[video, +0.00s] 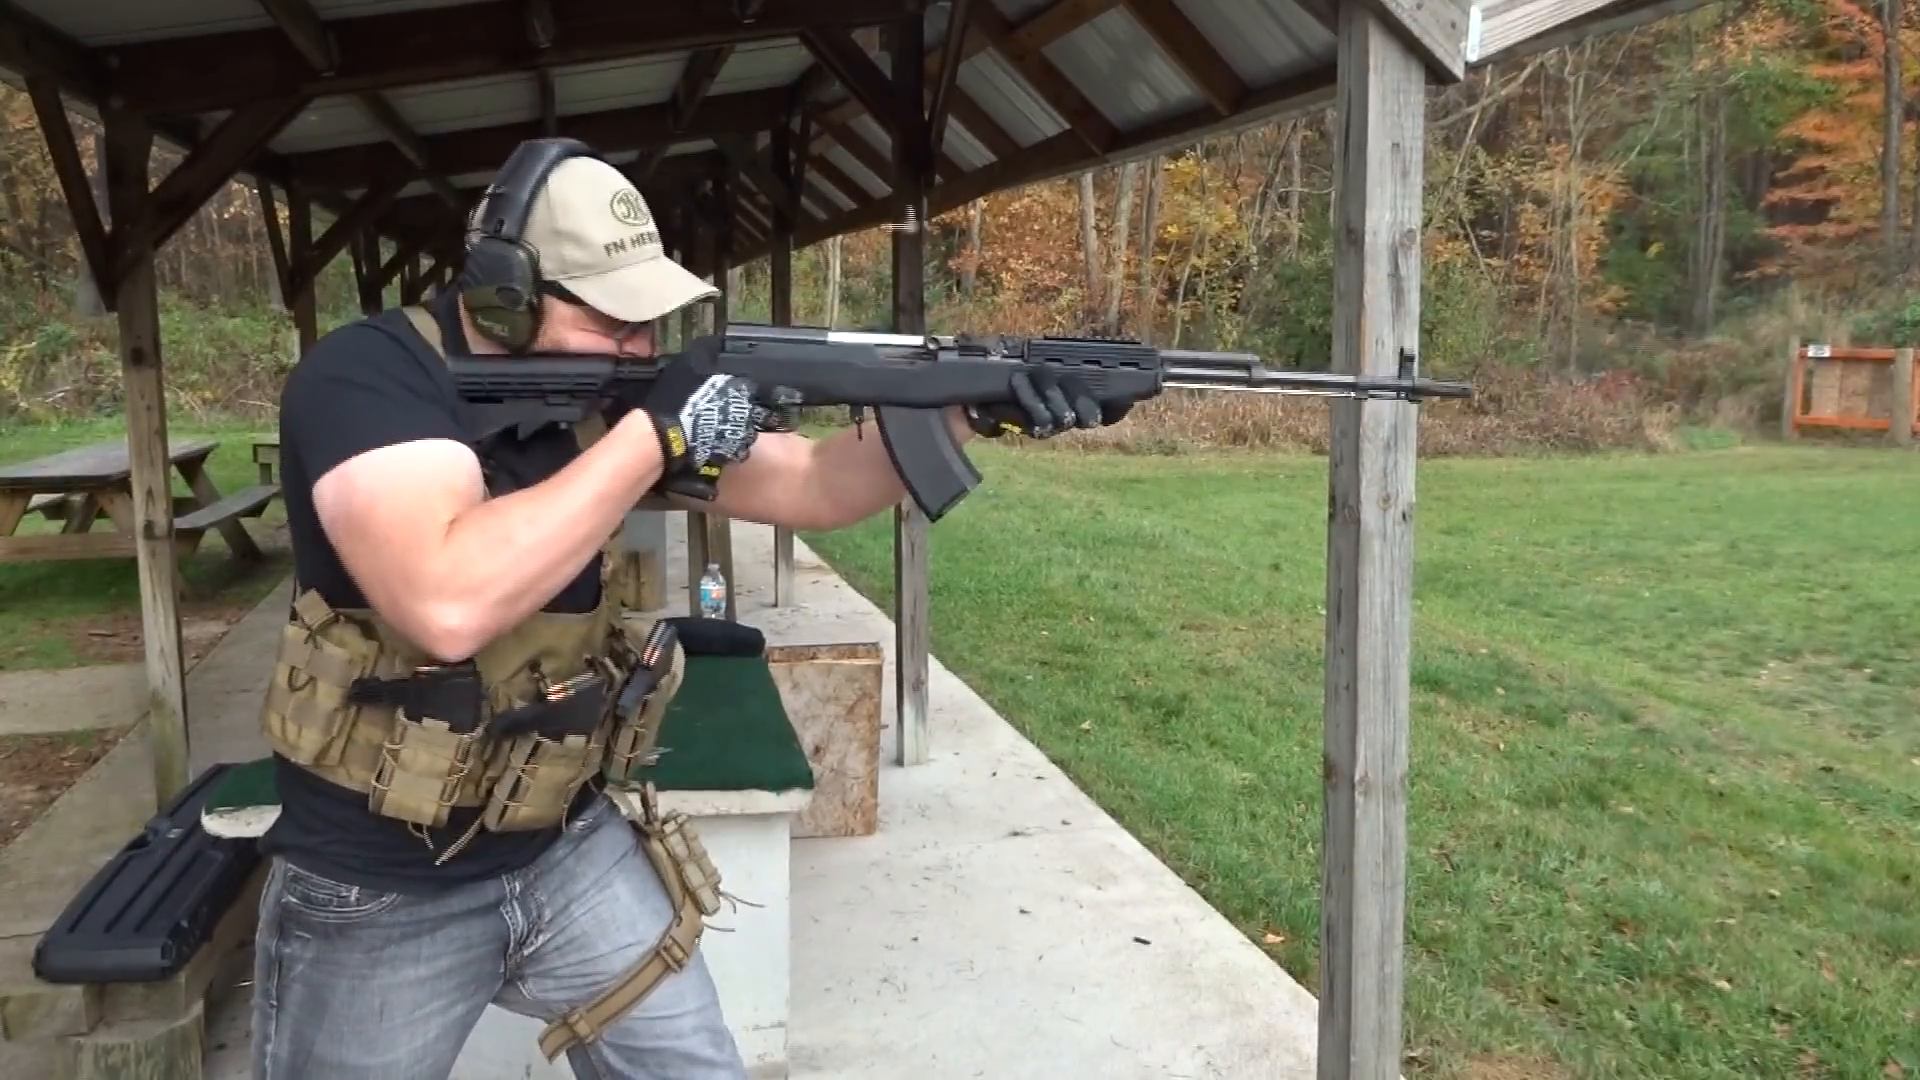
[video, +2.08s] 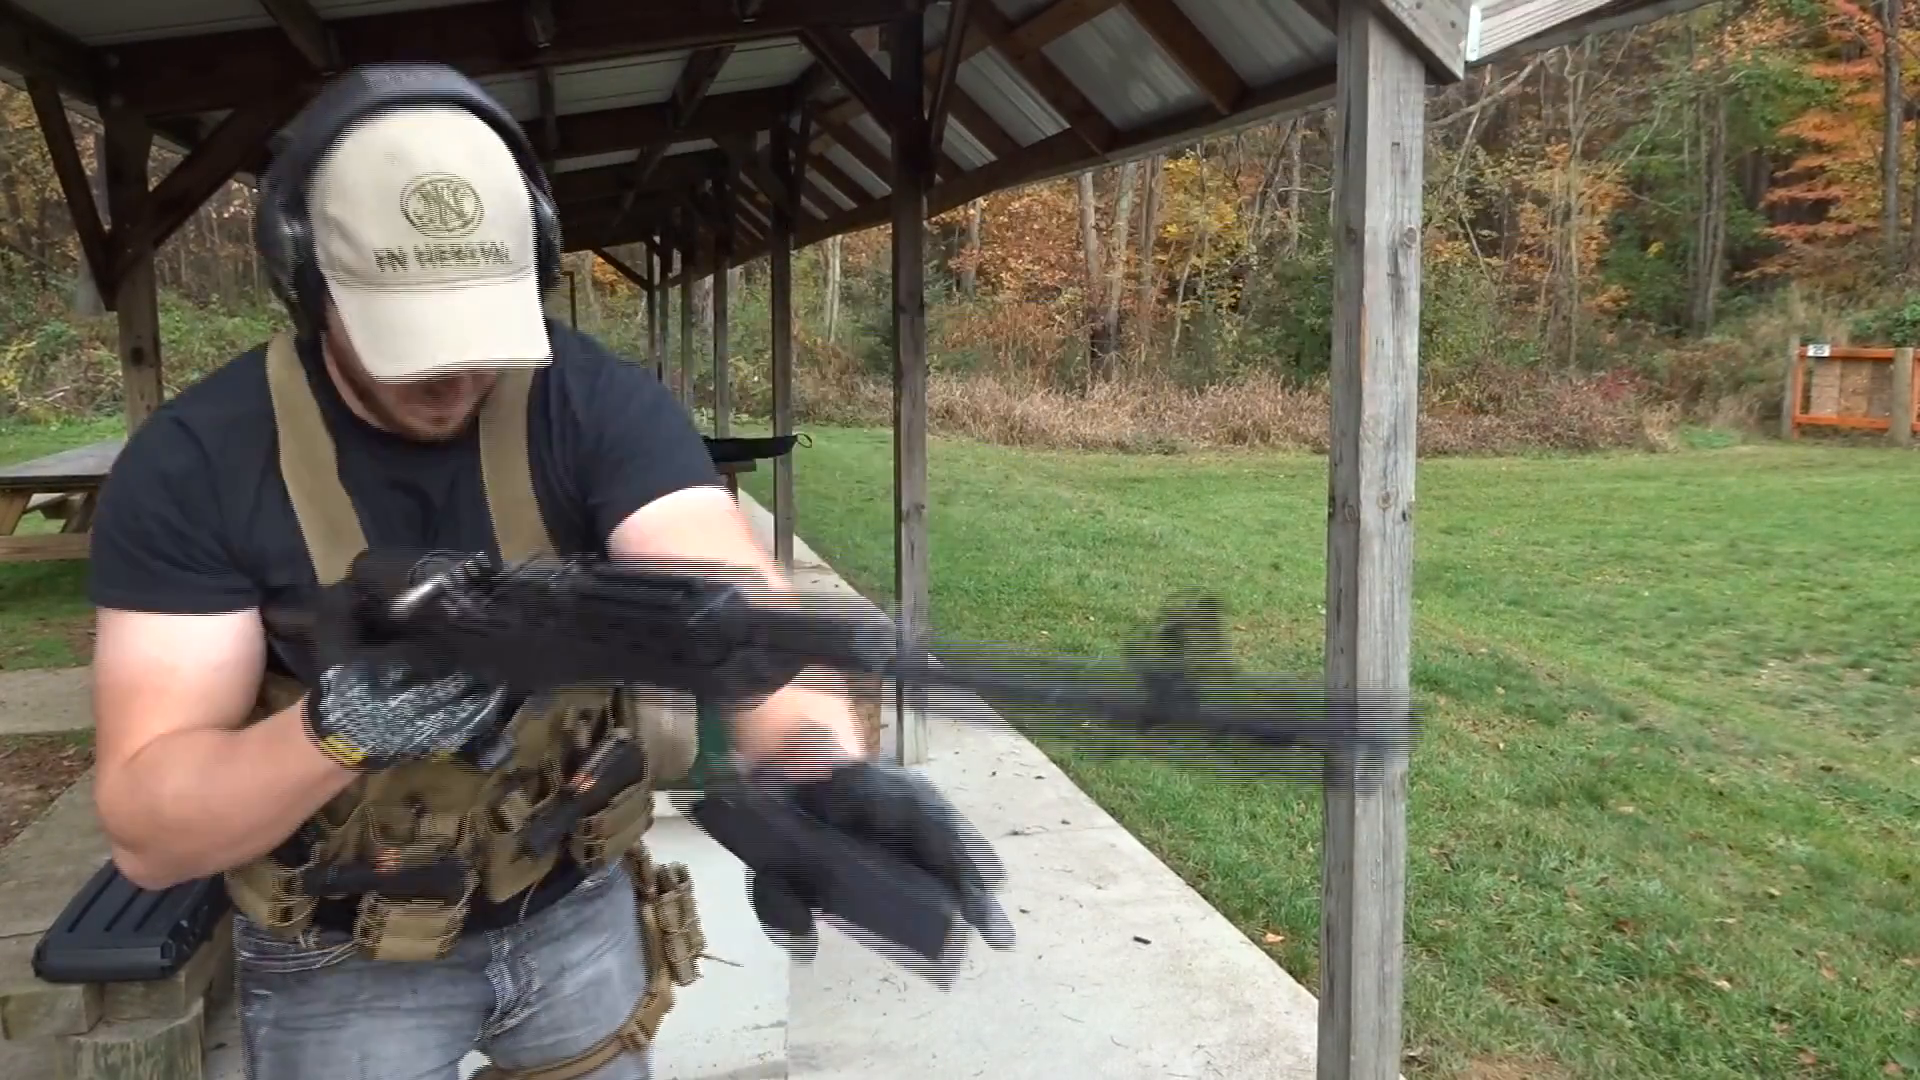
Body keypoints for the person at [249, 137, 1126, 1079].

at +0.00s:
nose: (632, 349)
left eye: (640, 324)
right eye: (602, 325)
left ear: (646, 296)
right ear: (498, 298)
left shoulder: (611, 397)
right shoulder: (361, 380)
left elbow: (812, 481)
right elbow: (448, 602)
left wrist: (984, 401)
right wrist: (658, 433)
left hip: (575, 848)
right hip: (380, 893)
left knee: (697, 1065)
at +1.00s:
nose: (752, 278)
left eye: (756, 249)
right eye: (723, 250)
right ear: (623, 240)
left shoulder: (741, 385)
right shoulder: (497, 375)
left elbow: (897, 525)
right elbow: (528, 622)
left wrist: (985, 458)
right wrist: (769, 500)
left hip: (693, 827)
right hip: (493, 860)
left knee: (787, 1066)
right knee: (428, 1066)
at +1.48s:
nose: (622, 283)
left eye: (639, 243)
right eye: (579, 255)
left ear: (672, 236)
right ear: (503, 260)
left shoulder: (729, 357)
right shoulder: (430, 421)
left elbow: (915, 510)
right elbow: (450, 745)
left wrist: (969, 470)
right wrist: (699, 571)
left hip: (721, 847)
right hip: (514, 885)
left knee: (785, 1062)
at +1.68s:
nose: (502, 318)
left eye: (520, 271)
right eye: (457, 288)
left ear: (563, 247)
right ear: (377, 285)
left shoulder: (644, 361)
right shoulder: (311, 465)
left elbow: (842, 496)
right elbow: (356, 811)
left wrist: (911, 490)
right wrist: (610, 619)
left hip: (648, 874)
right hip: (431, 937)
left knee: (722, 1060)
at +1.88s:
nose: (446, 330)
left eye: (468, 282)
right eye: (395, 304)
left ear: (502, 230)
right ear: (297, 281)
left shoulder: (587, 356)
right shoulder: (219, 468)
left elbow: (775, 492)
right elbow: (230, 827)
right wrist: (464, 657)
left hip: (616, 893)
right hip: (384, 956)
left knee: (676, 1064)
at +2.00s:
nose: (448, 344)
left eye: (471, 299)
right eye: (400, 315)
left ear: (509, 243)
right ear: (302, 277)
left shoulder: (599, 390)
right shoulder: (203, 463)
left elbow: (767, 580)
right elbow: (177, 828)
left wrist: (802, 658)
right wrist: (396, 689)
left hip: (600, 913)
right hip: (364, 964)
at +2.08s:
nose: (451, 386)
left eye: (479, 344)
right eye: (410, 354)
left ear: (521, 281)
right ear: (314, 290)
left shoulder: (596, 406)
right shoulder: (197, 465)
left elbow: (743, 617)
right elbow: (148, 822)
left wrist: (809, 778)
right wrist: (347, 726)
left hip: (578, 916)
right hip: (341, 964)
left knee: (605, 1065)